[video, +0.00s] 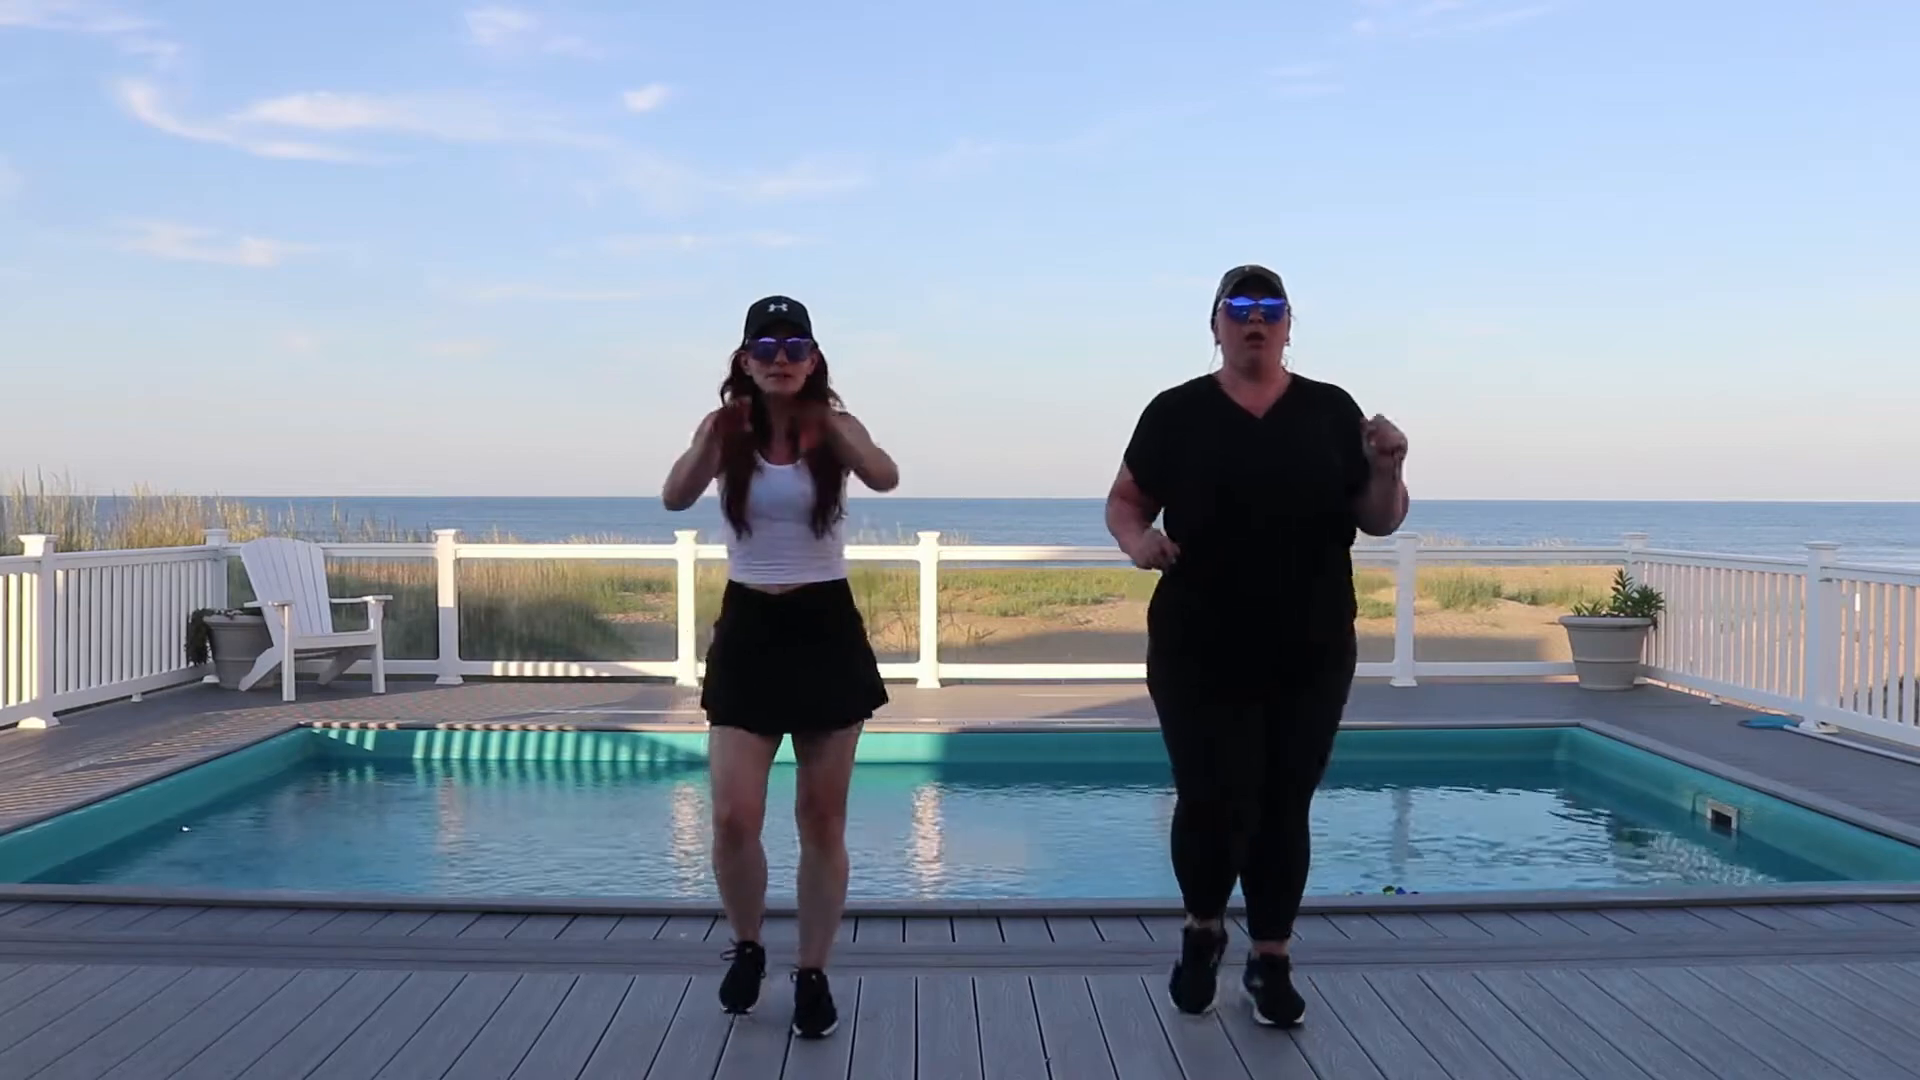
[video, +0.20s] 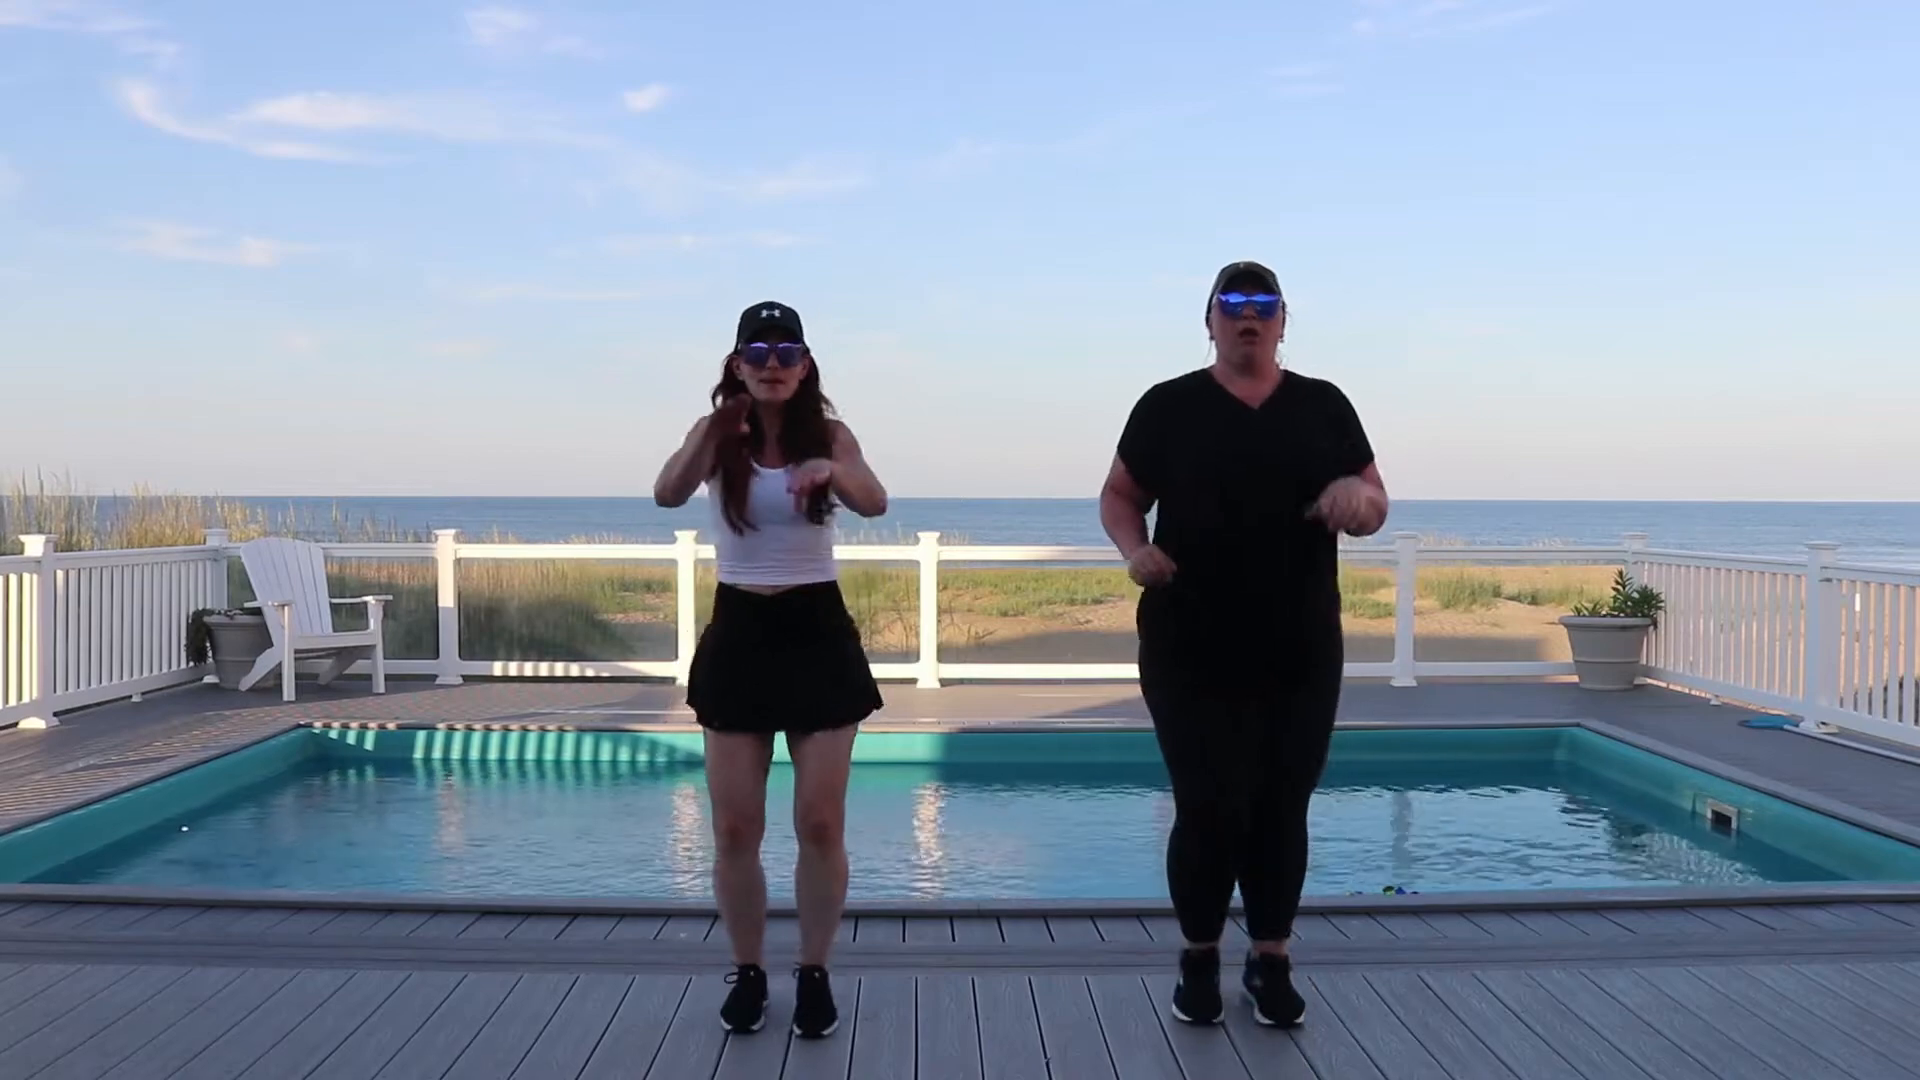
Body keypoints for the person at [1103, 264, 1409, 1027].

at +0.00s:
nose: (1256, 323)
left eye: (1270, 312)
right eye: (1241, 312)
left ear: (1288, 326)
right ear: (1217, 326)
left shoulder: (1333, 412)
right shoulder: (1174, 414)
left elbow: (1381, 521)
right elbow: (1125, 504)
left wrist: (1388, 467)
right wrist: (1140, 540)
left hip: (1309, 644)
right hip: (1201, 643)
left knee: (1285, 803)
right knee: (1211, 798)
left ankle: (1272, 959)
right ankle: (1204, 931)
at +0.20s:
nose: (1248, 316)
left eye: (1262, 306)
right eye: (1233, 306)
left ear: (1282, 322)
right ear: (1210, 321)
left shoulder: (1323, 406)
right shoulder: (1166, 407)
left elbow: (1372, 507)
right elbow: (1120, 497)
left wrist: (1354, 495)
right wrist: (1135, 547)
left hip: (1298, 643)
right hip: (1191, 641)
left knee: (1282, 804)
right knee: (1208, 803)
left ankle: (1272, 959)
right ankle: (1200, 956)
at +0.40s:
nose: (1238, 315)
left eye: (1253, 305)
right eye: (1224, 304)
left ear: (1274, 322)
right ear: (1201, 321)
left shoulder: (1314, 411)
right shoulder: (1158, 406)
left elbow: (1344, 494)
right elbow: (1104, 499)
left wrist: (1347, 534)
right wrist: (1139, 539)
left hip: (1290, 638)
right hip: (1180, 643)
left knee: (1310, 795)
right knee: (1195, 802)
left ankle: (1278, 940)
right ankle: (1199, 956)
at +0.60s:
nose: (1243, 311)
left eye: (1257, 301)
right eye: (1227, 300)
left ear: (1275, 319)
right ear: (1203, 318)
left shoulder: (1315, 407)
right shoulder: (1159, 406)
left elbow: (1343, 503)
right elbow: (1111, 501)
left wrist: (1373, 534)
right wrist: (1132, 547)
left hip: (1293, 647)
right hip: (1185, 646)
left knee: (1285, 810)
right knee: (1195, 808)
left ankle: (1267, 954)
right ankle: (1199, 957)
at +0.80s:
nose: (1246, 317)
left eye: (1260, 305)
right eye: (1231, 306)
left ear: (1280, 321)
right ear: (1207, 323)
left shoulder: (1325, 405)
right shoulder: (1170, 407)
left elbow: (1368, 508)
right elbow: (1124, 493)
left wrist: (1406, 471)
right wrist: (1128, 540)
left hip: (1295, 647)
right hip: (1187, 643)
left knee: (1273, 807)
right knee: (1191, 801)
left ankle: (1262, 954)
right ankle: (1194, 940)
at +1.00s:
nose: (1246, 319)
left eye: (1259, 309)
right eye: (1232, 308)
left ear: (1279, 323)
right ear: (1207, 324)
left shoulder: (1322, 405)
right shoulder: (1165, 405)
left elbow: (1362, 508)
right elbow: (1119, 484)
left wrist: (1416, 464)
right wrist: (1124, 536)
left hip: (1292, 643)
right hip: (1186, 640)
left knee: (1275, 805)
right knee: (1194, 803)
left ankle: (1261, 955)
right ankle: (1198, 945)